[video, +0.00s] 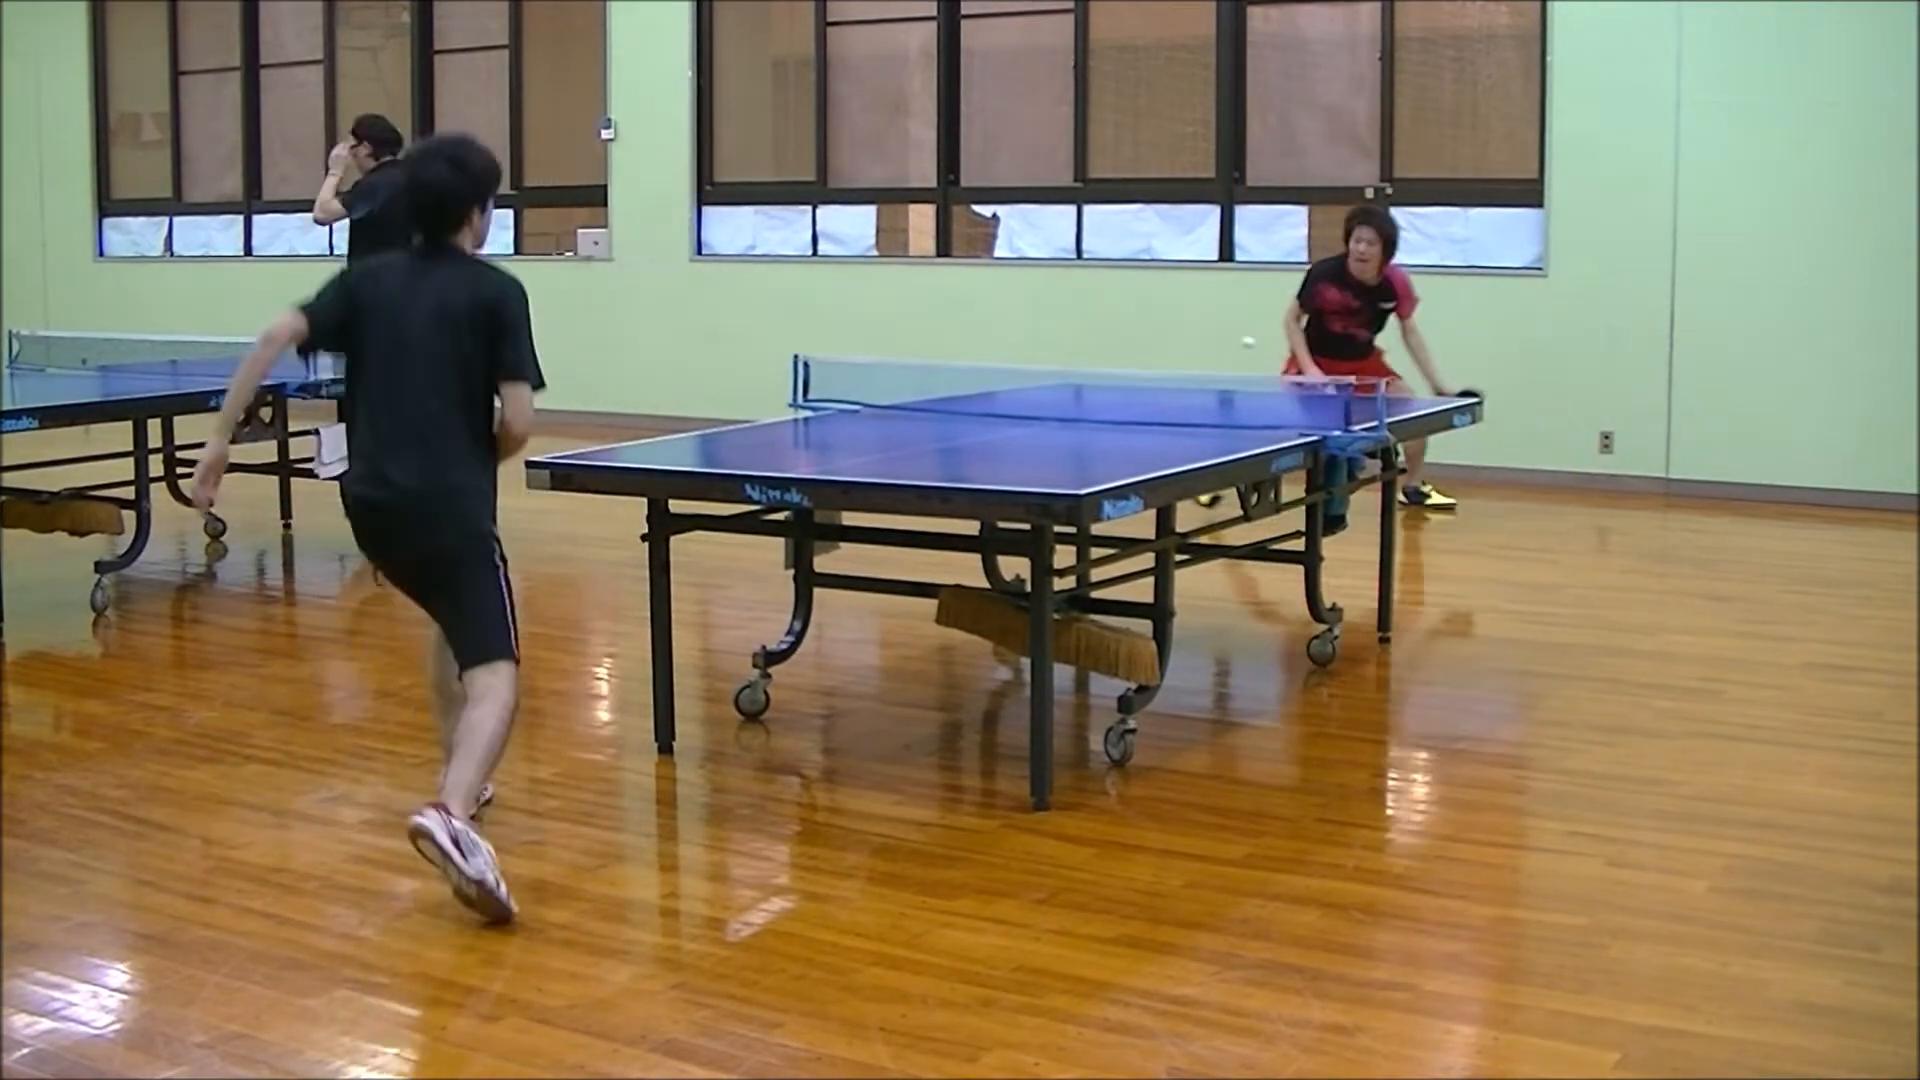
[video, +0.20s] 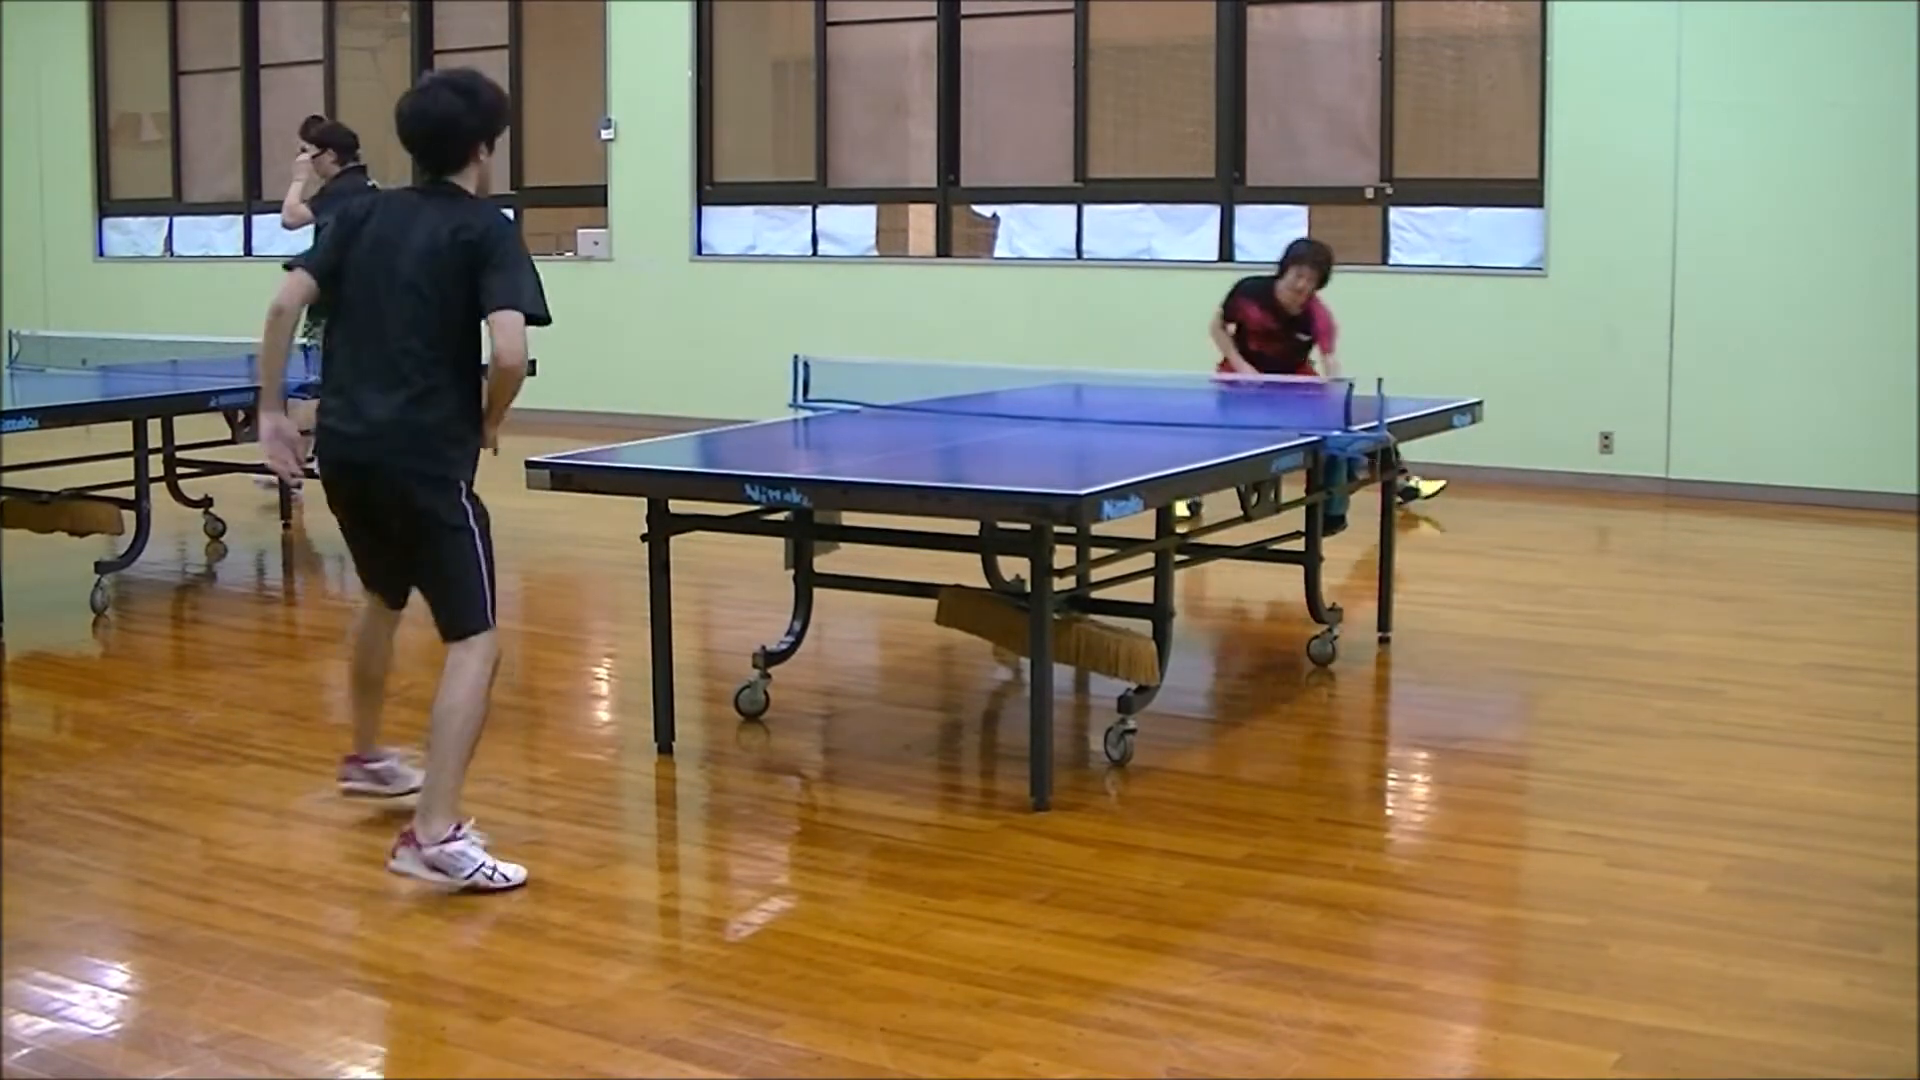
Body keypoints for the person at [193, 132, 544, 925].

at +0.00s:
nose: (492, 218)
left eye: (491, 206)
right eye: (490, 207)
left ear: (412, 207)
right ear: (474, 215)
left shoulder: (365, 278)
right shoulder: (497, 291)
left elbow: (273, 337)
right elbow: (516, 424)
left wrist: (216, 452)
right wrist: (491, 448)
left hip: (371, 500)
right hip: (453, 505)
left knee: (450, 624)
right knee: (496, 680)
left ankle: (465, 783)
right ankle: (453, 812)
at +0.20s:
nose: (499, 153)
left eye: (495, 139)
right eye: (494, 142)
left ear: (413, 145)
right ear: (477, 151)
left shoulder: (357, 211)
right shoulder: (488, 228)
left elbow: (284, 303)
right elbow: (510, 353)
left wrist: (270, 408)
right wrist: (492, 415)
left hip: (346, 451)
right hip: (428, 463)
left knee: (381, 595)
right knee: (474, 642)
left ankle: (365, 755)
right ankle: (436, 834)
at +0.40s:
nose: (492, 212)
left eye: (489, 199)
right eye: (489, 200)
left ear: (411, 204)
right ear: (469, 208)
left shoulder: (352, 279)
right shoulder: (459, 295)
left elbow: (300, 387)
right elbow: (485, 423)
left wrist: (361, 431)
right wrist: (533, 458)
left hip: (320, 505)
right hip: (400, 520)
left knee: (309, 646)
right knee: (489, 683)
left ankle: (244, 782)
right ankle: (427, 856)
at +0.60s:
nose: (477, 261)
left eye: (475, 247)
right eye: (473, 248)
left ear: (406, 254)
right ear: (448, 257)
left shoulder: (367, 316)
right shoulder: (427, 339)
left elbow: (395, 416)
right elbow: (484, 469)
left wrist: (485, 427)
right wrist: (576, 459)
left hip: (290, 536)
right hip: (347, 546)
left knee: (337, 651)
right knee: (505, 664)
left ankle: (245, 782)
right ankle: (440, 847)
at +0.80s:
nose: (537, 308)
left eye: (533, 294)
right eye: (528, 295)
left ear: (482, 307)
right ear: (490, 308)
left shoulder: (491, 370)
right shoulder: (438, 389)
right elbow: (462, 525)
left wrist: (550, 392)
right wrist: (550, 517)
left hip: (397, 581)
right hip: (372, 588)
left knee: (378, 687)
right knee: (527, 673)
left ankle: (252, 784)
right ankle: (538, 879)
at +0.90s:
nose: (603, 295)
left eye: (599, 281)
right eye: (592, 285)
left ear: (554, 304)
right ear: (549, 306)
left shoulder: (570, 351)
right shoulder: (495, 389)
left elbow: (628, 419)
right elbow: (545, 523)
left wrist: (659, 430)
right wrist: (601, 503)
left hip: (455, 572)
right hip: (429, 582)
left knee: (379, 685)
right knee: (577, 692)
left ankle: (287, 771)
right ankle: (551, 892)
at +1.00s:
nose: (679, 258)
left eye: (673, 244)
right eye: (665, 248)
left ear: (618, 271)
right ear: (620, 274)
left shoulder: (587, 324)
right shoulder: (588, 370)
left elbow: (599, 406)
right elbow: (707, 477)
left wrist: (674, 415)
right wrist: (821, 428)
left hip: (477, 547)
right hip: (492, 568)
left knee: (464, 664)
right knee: (635, 722)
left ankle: (366, 778)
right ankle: (558, 894)